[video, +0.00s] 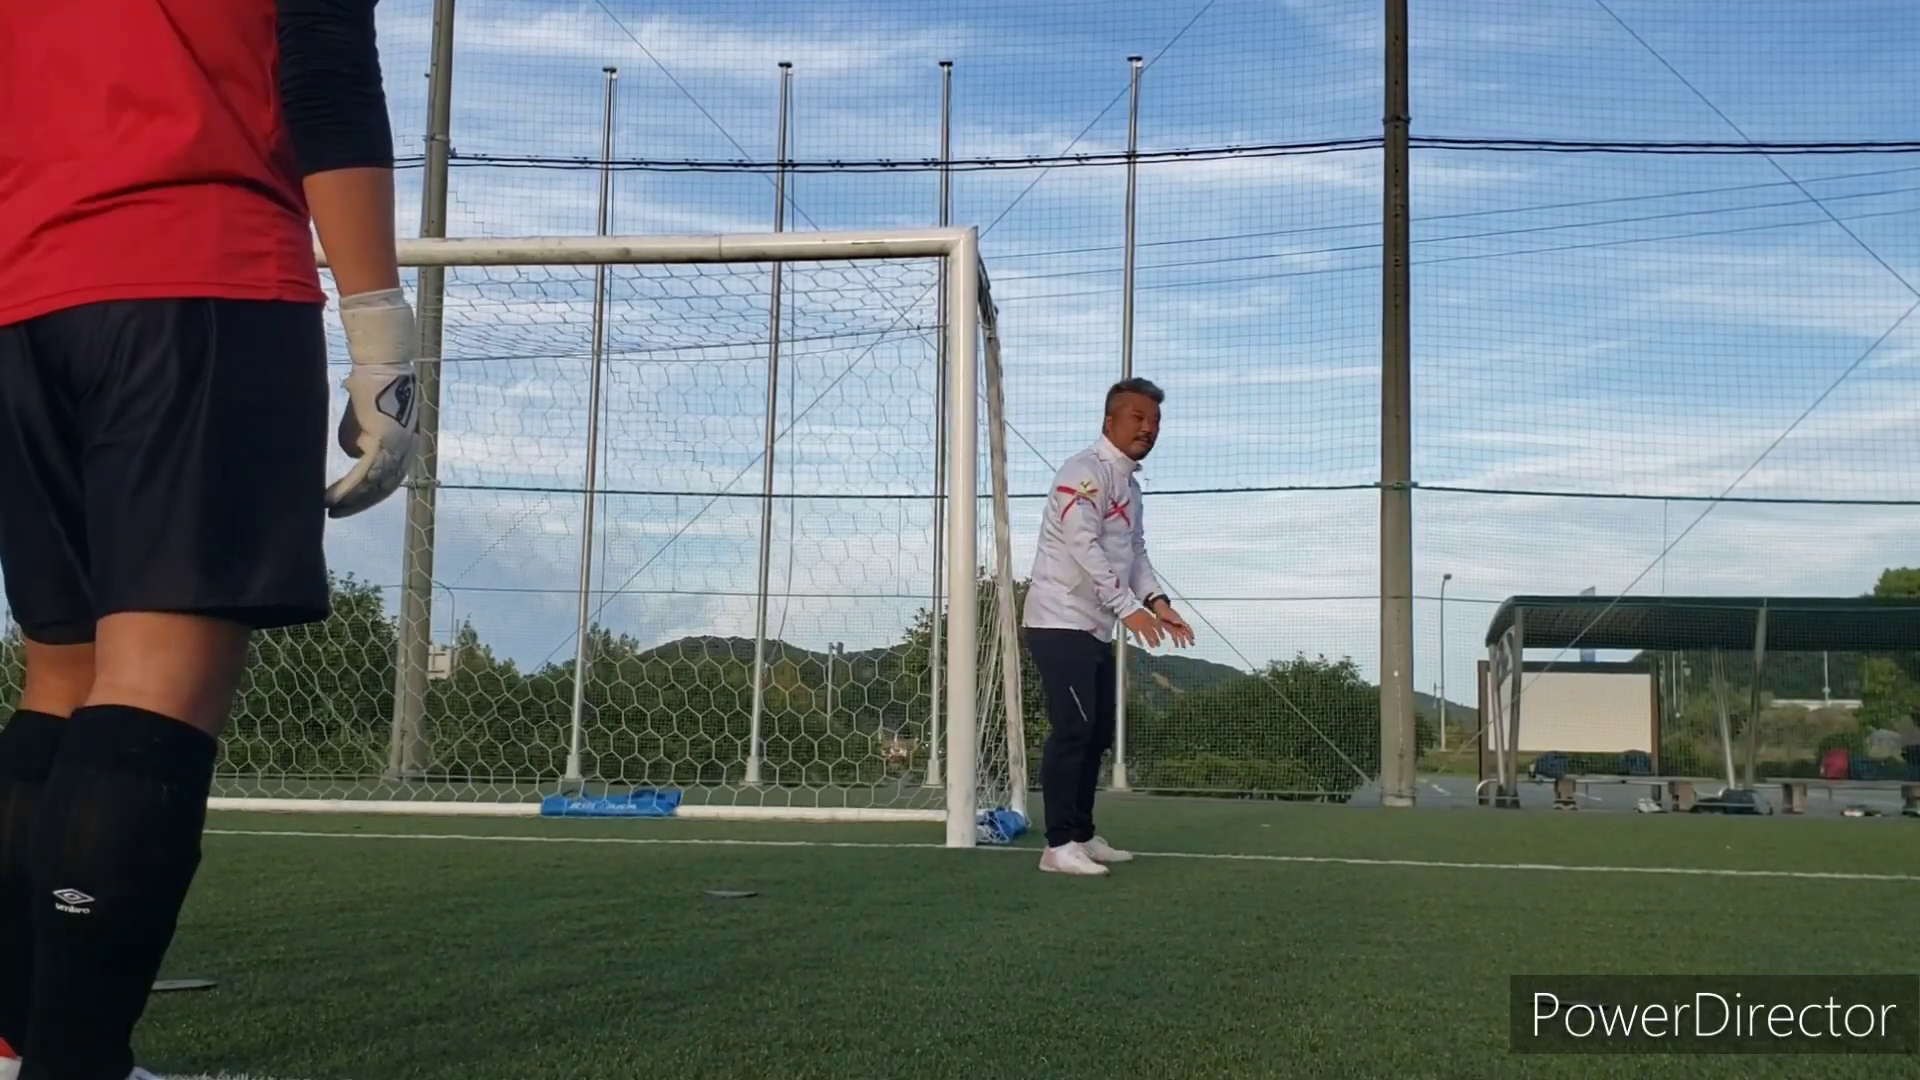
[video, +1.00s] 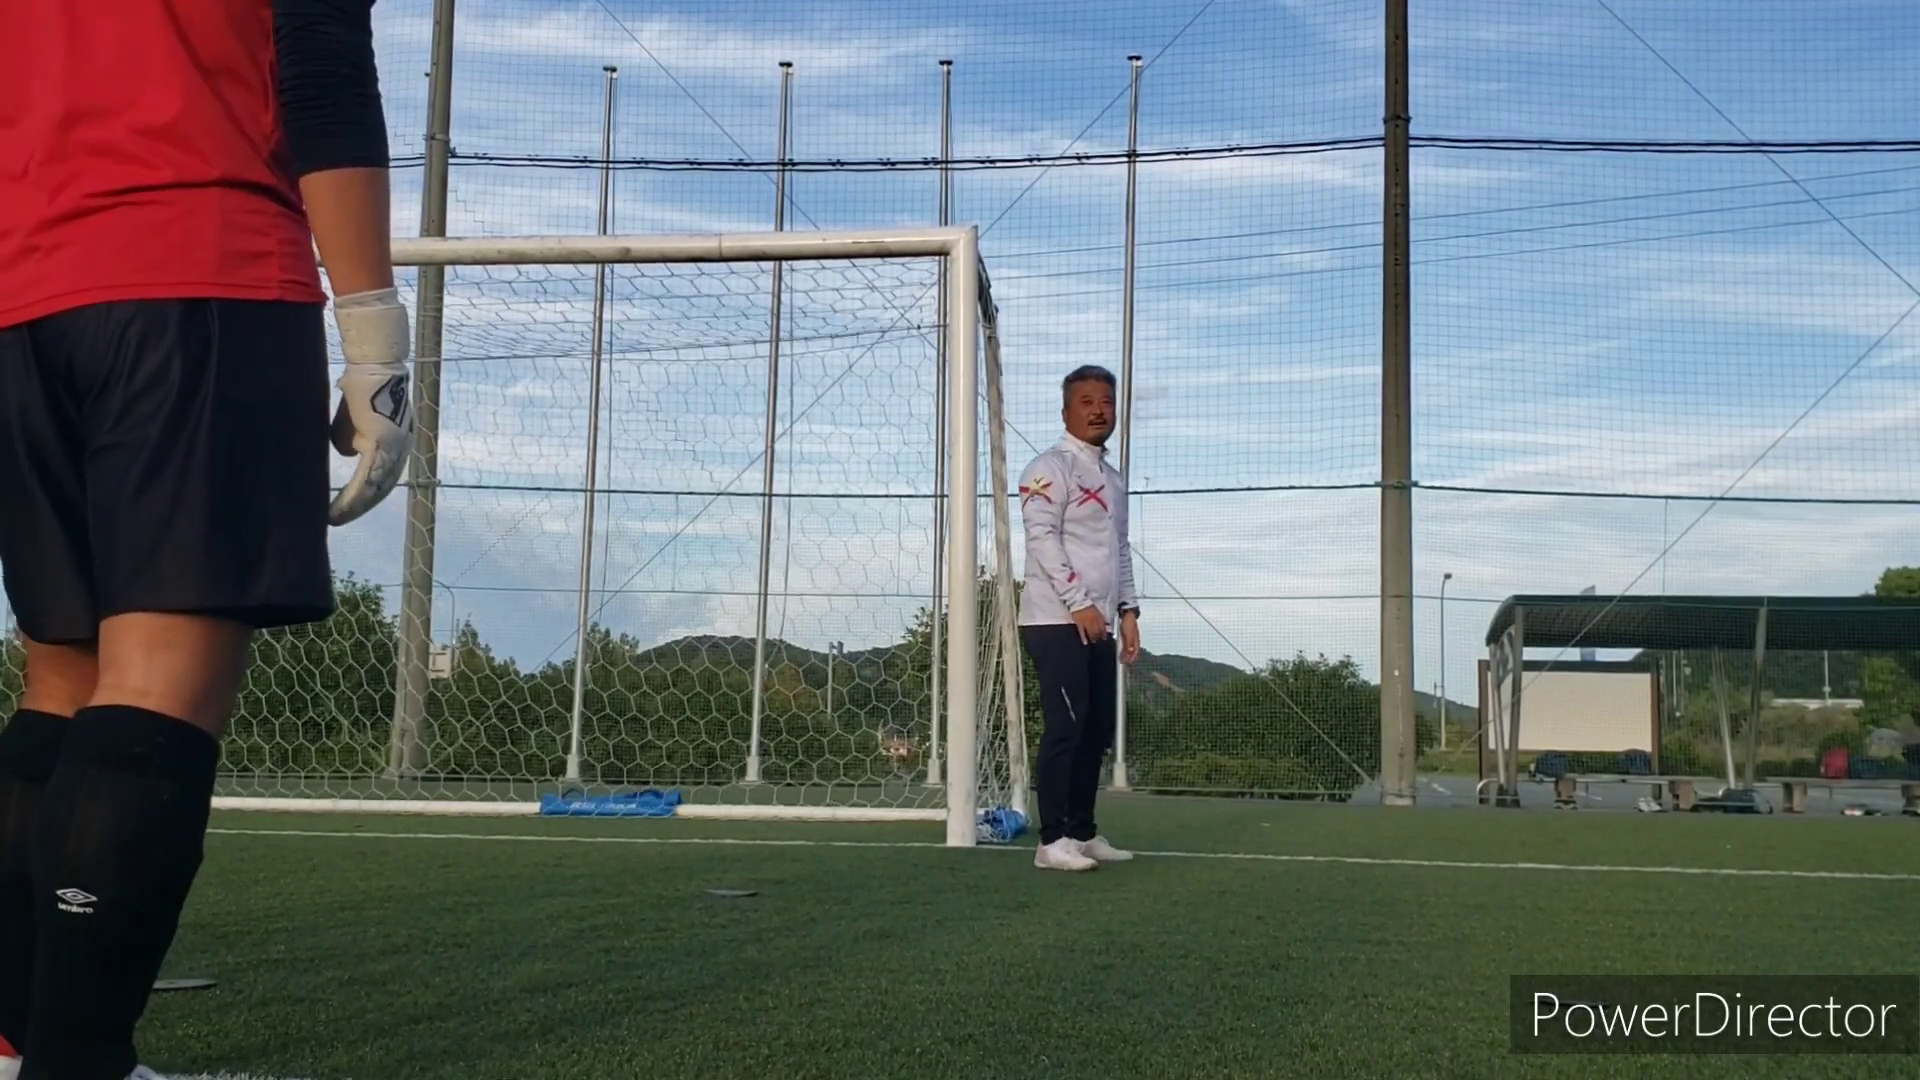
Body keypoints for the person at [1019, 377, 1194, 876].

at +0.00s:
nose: (1148, 429)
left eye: (1154, 422)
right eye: (1137, 418)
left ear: (1157, 428)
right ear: (1109, 420)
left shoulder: (1127, 488)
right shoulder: (1083, 472)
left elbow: (1134, 557)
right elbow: (1085, 549)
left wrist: (1160, 603)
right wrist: (1129, 608)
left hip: (1094, 625)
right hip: (1059, 620)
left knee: (1097, 731)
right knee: (1073, 729)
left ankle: (1081, 836)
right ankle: (1059, 846)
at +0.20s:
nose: (1135, 423)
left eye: (1143, 416)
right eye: (1125, 412)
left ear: (1148, 424)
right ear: (1100, 416)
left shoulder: (1126, 484)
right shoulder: (1078, 468)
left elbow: (1127, 554)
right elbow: (1069, 537)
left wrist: (1143, 610)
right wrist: (1108, 605)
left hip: (1105, 623)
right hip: (1069, 619)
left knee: (1107, 727)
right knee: (1080, 725)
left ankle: (1084, 832)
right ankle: (1064, 840)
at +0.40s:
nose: (1127, 422)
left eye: (1136, 415)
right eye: (1116, 412)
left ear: (1143, 424)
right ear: (1094, 416)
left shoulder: (1130, 485)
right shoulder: (1070, 469)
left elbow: (1136, 557)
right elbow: (1057, 539)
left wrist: (1140, 617)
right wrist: (1090, 602)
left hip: (1108, 622)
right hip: (1066, 616)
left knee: (1104, 727)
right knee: (1076, 722)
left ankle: (1083, 831)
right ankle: (1070, 835)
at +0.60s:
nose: (1114, 417)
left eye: (1124, 410)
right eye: (1104, 408)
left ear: (1133, 419)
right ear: (1085, 415)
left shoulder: (1124, 483)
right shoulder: (1065, 467)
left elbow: (1135, 554)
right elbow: (1049, 536)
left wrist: (1145, 615)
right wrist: (1082, 602)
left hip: (1106, 622)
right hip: (1064, 617)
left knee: (1101, 730)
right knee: (1075, 724)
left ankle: (1081, 834)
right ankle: (1053, 839)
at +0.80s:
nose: (1104, 413)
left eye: (1113, 405)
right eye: (1093, 405)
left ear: (1122, 414)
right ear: (1073, 413)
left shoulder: (1113, 479)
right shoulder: (1057, 466)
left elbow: (1126, 551)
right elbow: (1048, 541)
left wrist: (1140, 611)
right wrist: (1083, 604)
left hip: (1102, 622)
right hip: (1060, 619)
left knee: (1099, 731)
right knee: (1071, 727)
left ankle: (1081, 834)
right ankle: (1053, 841)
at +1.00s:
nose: (1099, 410)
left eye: (1107, 402)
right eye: (1087, 402)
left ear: (1116, 411)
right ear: (1066, 411)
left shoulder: (1113, 478)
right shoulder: (1049, 466)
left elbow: (1119, 549)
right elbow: (1042, 540)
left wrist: (1128, 609)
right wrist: (1078, 603)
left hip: (1098, 619)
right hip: (1055, 617)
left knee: (1097, 729)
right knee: (1066, 727)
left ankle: (1082, 833)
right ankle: (1052, 841)